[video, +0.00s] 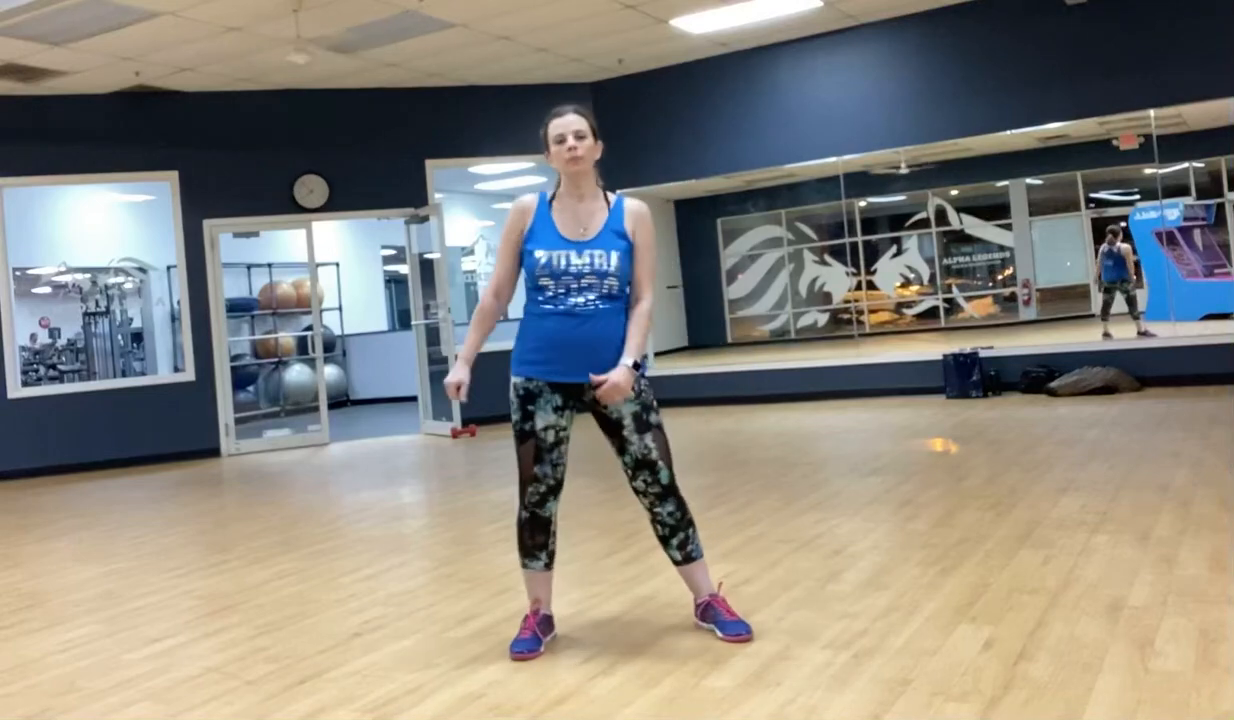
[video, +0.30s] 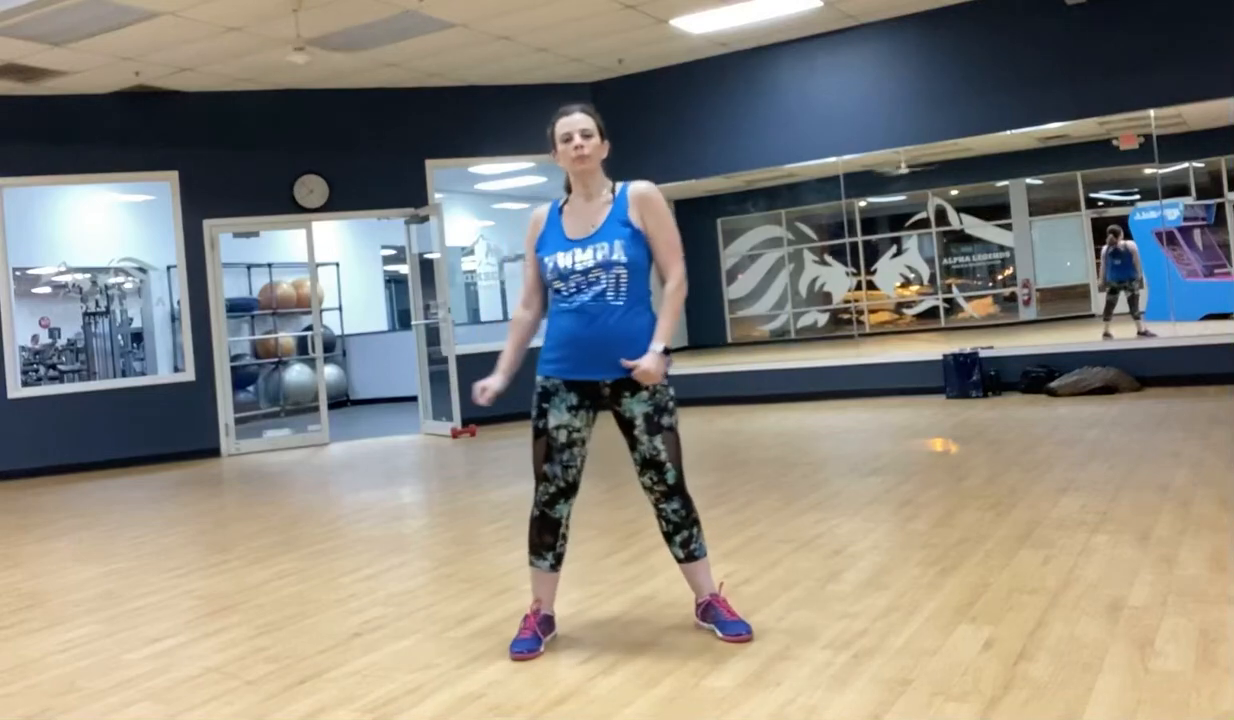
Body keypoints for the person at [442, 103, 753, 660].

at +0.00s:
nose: (571, 146)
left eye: (579, 137)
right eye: (560, 140)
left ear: (598, 146)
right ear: (547, 154)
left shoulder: (632, 213)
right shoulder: (526, 214)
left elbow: (642, 299)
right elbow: (496, 296)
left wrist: (627, 364)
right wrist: (465, 359)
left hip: (614, 373)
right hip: (540, 378)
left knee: (658, 485)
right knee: (537, 496)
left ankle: (708, 600)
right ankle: (538, 613)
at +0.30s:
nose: (578, 145)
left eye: (586, 136)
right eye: (568, 139)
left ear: (604, 143)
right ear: (555, 152)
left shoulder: (640, 198)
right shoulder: (543, 220)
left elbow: (676, 279)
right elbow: (529, 307)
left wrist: (659, 349)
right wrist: (502, 375)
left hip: (635, 371)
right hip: (564, 377)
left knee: (666, 486)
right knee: (552, 494)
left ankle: (709, 600)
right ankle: (540, 613)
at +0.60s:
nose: (598, 143)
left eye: (605, 135)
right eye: (587, 137)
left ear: (619, 144)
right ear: (571, 152)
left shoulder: (652, 187)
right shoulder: (562, 223)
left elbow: (709, 254)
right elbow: (565, 310)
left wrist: (716, 330)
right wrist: (561, 382)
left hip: (673, 365)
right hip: (599, 376)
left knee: (689, 482)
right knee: (573, 490)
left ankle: (711, 600)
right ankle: (545, 612)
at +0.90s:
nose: (634, 154)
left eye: (637, 146)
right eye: (623, 146)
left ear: (638, 152)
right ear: (590, 153)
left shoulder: (662, 202)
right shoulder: (560, 228)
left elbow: (728, 272)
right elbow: (562, 316)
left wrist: (776, 321)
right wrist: (584, 380)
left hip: (690, 362)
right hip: (617, 375)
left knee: (697, 480)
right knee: (588, 492)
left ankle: (710, 600)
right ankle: (549, 612)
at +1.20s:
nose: (624, 164)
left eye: (627, 154)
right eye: (611, 156)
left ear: (629, 158)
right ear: (580, 161)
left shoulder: (641, 227)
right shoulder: (545, 212)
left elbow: (688, 298)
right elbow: (516, 292)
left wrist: (749, 339)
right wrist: (540, 362)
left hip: (662, 370)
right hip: (590, 381)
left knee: (680, 485)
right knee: (576, 499)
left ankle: (709, 600)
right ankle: (548, 614)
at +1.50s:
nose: (594, 157)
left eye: (595, 147)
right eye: (580, 155)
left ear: (604, 150)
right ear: (559, 169)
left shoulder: (628, 229)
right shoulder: (539, 202)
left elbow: (643, 307)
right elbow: (486, 270)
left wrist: (683, 344)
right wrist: (464, 342)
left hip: (626, 371)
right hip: (555, 377)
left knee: (664, 482)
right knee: (554, 496)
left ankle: (705, 601)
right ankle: (546, 614)